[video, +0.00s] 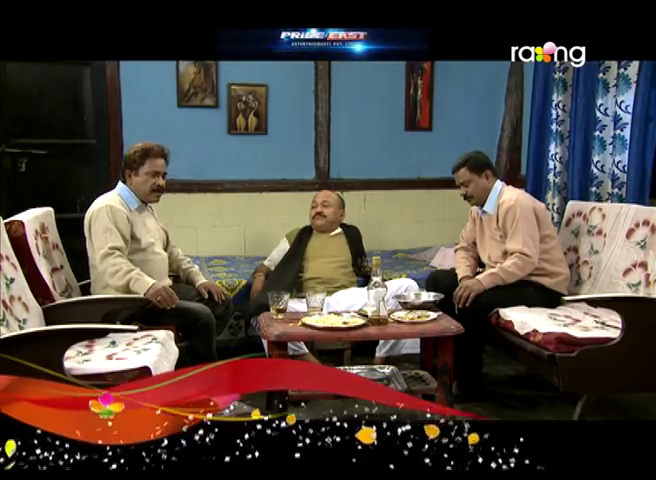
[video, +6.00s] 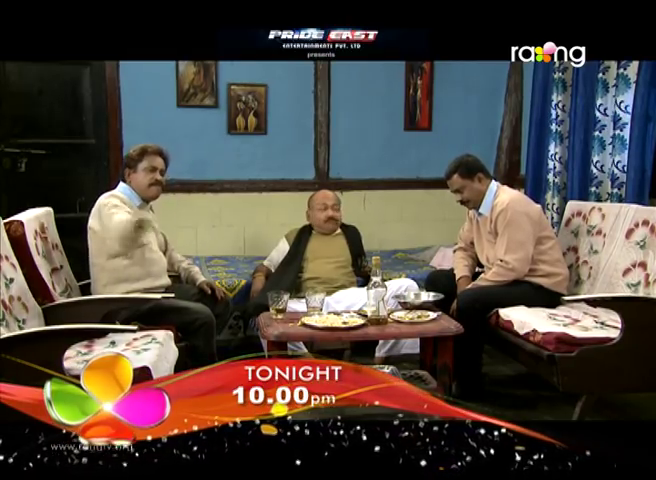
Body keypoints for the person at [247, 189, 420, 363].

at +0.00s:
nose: (318, 210)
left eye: (326, 206)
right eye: (314, 206)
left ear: (341, 213)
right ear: (309, 211)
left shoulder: (351, 233)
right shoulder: (297, 236)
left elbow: (362, 268)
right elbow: (266, 267)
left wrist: (379, 282)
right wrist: (259, 280)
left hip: (350, 297)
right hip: (309, 300)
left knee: (406, 286)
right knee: (268, 315)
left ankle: (381, 362)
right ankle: (311, 364)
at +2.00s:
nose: (317, 210)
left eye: (325, 206)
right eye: (314, 206)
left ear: (341, 213)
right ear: (309, 211)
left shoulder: (351, 233)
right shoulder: (297, 236)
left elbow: (362, 268)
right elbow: (266, 267)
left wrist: (378, 281)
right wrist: (258, 288)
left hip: (351, 297)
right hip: (311, 300)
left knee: (407, 286)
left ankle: (381, 362)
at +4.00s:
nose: (317, 210)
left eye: (325, 206)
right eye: (314, 206)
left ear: (340, 213)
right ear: (309, 211)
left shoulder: (351, 233)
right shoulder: (297, 236)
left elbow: (361, 269)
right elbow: (264, 269)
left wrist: (378, 280)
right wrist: (256, 301)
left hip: (350, 298)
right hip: (309, 300)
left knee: (406, 285)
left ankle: (382, 363)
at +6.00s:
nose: (331, 214)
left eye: (335, 208)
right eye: (323, 209)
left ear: (341, 211)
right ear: (309, 214)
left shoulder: (351, 233)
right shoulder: (297, 237)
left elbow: (361, 269)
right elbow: (265, 268)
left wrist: (377, 280)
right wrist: (255, 301)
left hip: (351, 297)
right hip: (311, 299)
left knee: (406, 285)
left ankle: (383, 363)